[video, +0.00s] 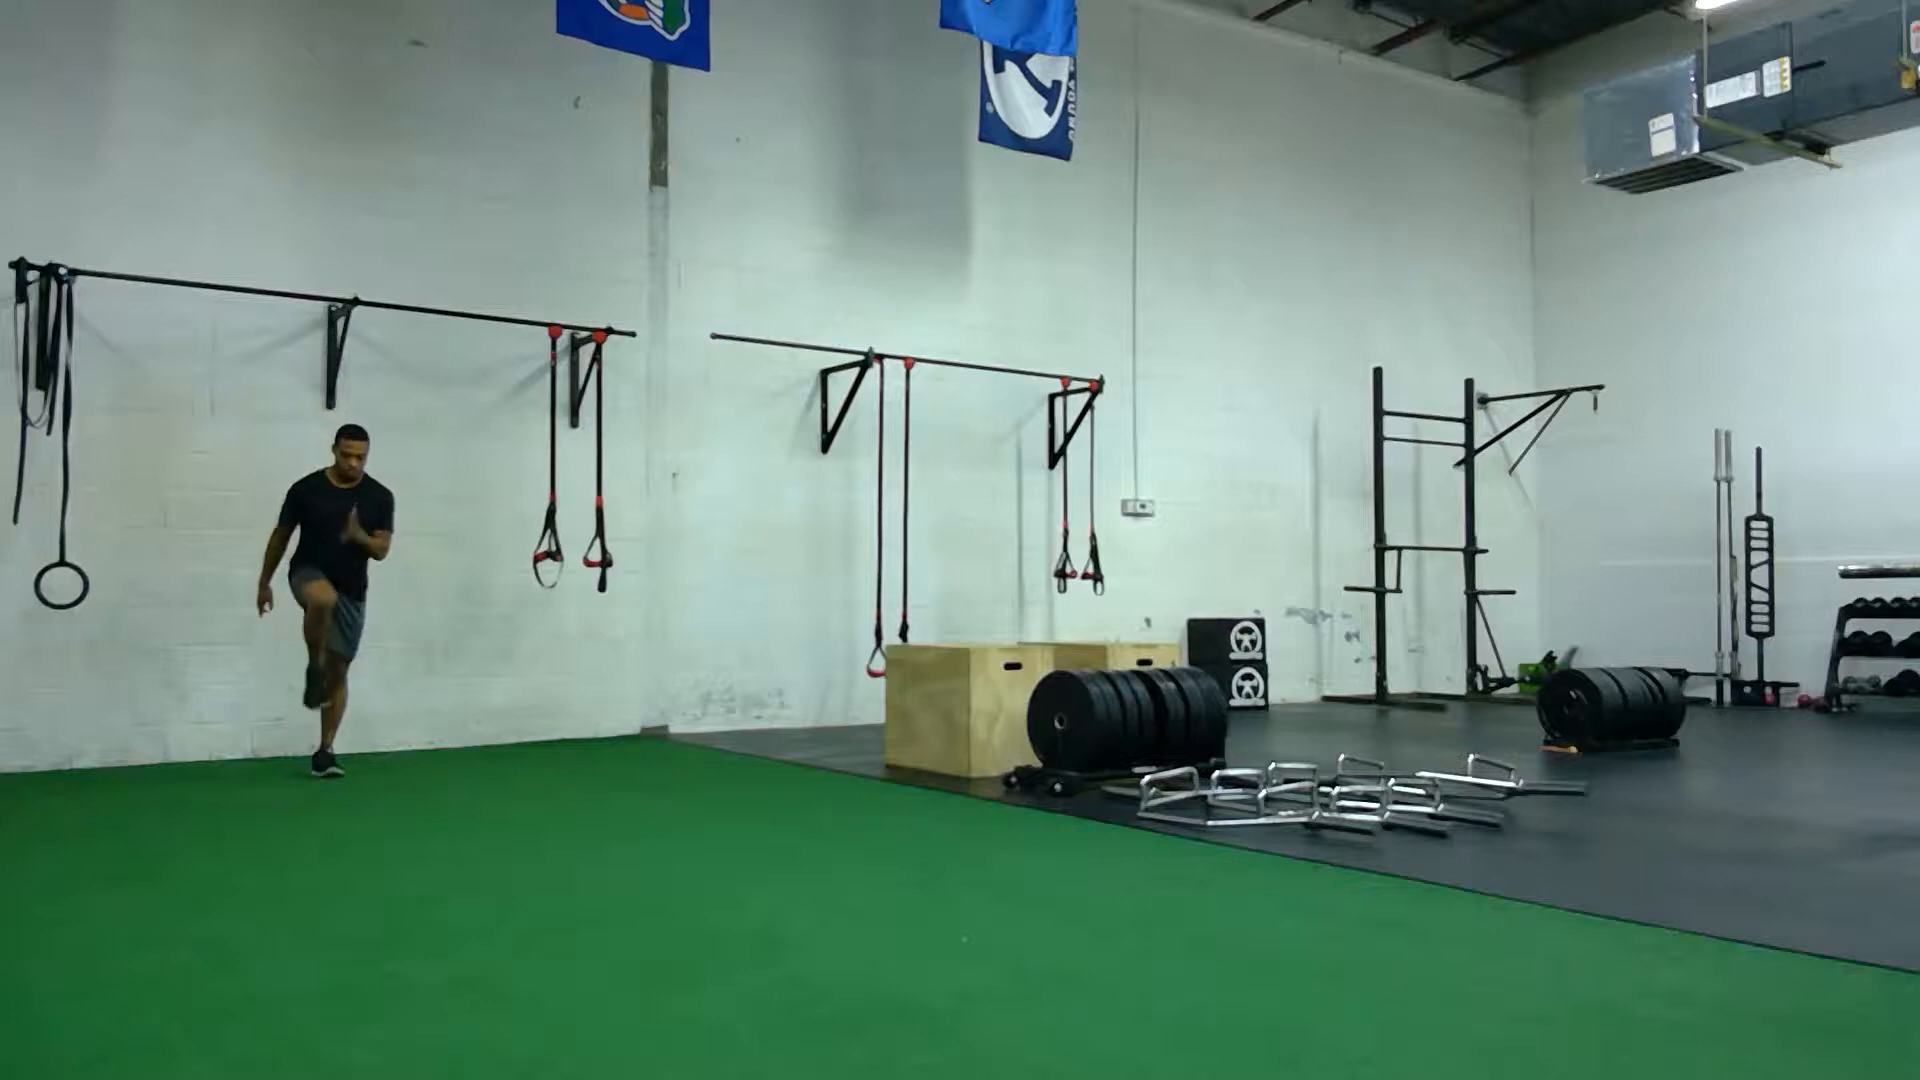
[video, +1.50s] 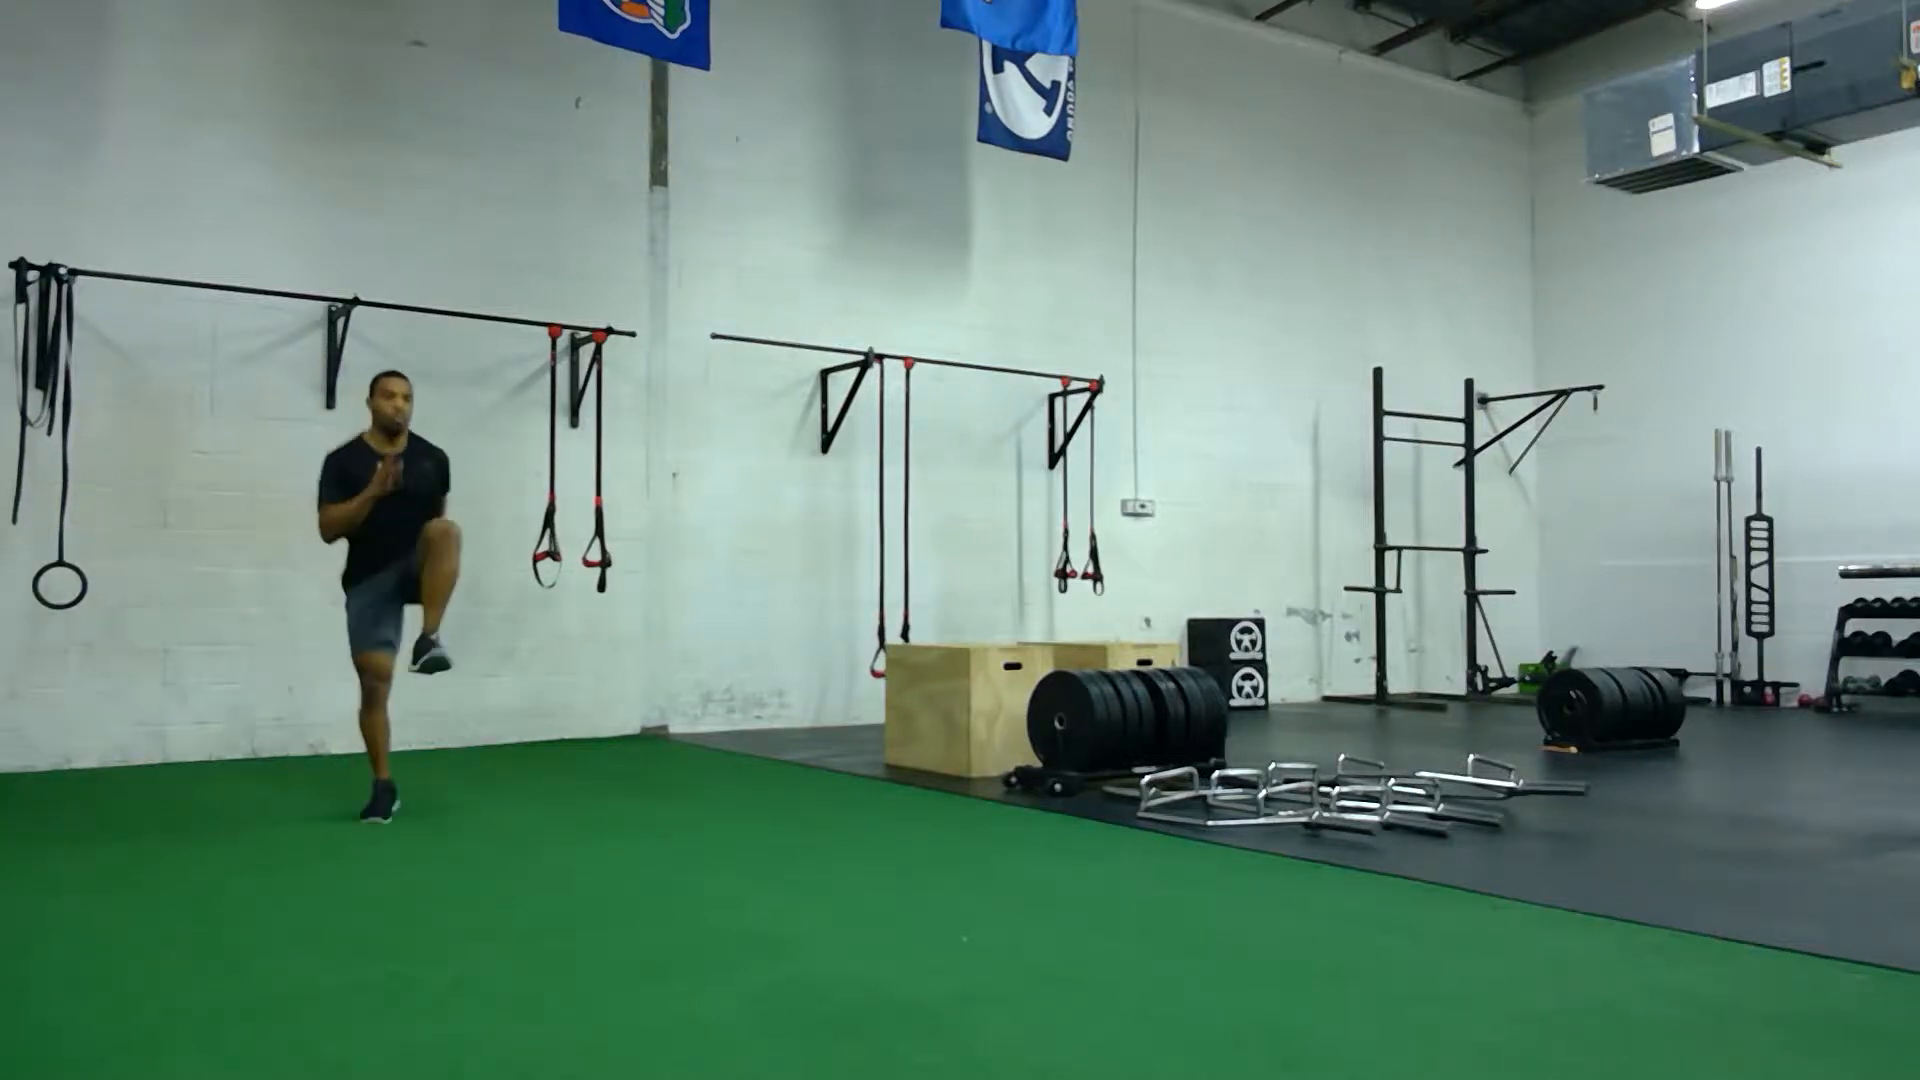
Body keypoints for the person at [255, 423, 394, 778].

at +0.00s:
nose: (354, 463)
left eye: (360, 456)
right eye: (348, 455)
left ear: (367, 456)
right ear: (334, 452)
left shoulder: (379, 496)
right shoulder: (306, 490)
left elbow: (381, 550)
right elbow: (280, 536)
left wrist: (360, 536)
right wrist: (264, 582)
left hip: (351, 587)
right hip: (309, 570)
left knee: (336, 671)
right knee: (323, 598)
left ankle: (325, 750)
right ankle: (315, 672)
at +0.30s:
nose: (354, 474)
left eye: (360, 468)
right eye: (347, 467)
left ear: (368, 467)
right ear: (335, 464)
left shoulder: (381, 506)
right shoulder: (309, 497)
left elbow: (379, 558)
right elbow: (280, 526)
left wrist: (367, 520)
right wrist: (262, 553)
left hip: (350, 594)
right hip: (304, 576)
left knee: (346, 676)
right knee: (324, 586)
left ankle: (329, 749)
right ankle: (326, 670)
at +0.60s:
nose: (341, 441)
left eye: (347, 435)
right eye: (333, 434)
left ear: (355, 441)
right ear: (320, 440)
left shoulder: (375, 485)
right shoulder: (298, 489)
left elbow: (400, 522)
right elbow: (285, 546)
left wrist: (408, 566)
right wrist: (297, 550)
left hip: (358, 587)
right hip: (310, 589)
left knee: (365, 649)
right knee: (306, 676)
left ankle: (342, 677)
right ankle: (299, 754)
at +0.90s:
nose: (368, 436)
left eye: (374, 430)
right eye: (360, 429)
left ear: (383, 438)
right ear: (346, 435)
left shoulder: (396, 488)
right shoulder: (318, 478)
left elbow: (392, 540)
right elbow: (275, 502)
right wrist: (245, 534)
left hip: (372, 583)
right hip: (326, 574)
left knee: (366, 678)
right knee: (351, 604)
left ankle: (355, 762)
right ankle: (329, 674)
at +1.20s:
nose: (370, 422)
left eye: (377, 415)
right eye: (360, 414)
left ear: (384, 423)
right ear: (345, 422)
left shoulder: (403, 476)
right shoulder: (320, 473)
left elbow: (418, 531)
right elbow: (317, 533)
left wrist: (417, 578)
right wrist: (359, 498)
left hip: (385, 580)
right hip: (337, 588)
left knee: (418, 574)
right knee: (343, 684)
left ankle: (389, 657)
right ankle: (344, 780)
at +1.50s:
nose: (397, 405)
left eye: (404, 398)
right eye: (388, 397)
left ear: (412, 407)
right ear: (370, 404)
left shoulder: (432, 460)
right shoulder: (343, 460)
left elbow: (436, 517)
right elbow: (329, 529)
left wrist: (436, 566)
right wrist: (372, 492)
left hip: (417, 569)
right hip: (369, 578)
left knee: (444, 529)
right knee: (374, 685)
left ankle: (430, 639)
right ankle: (382, 786)